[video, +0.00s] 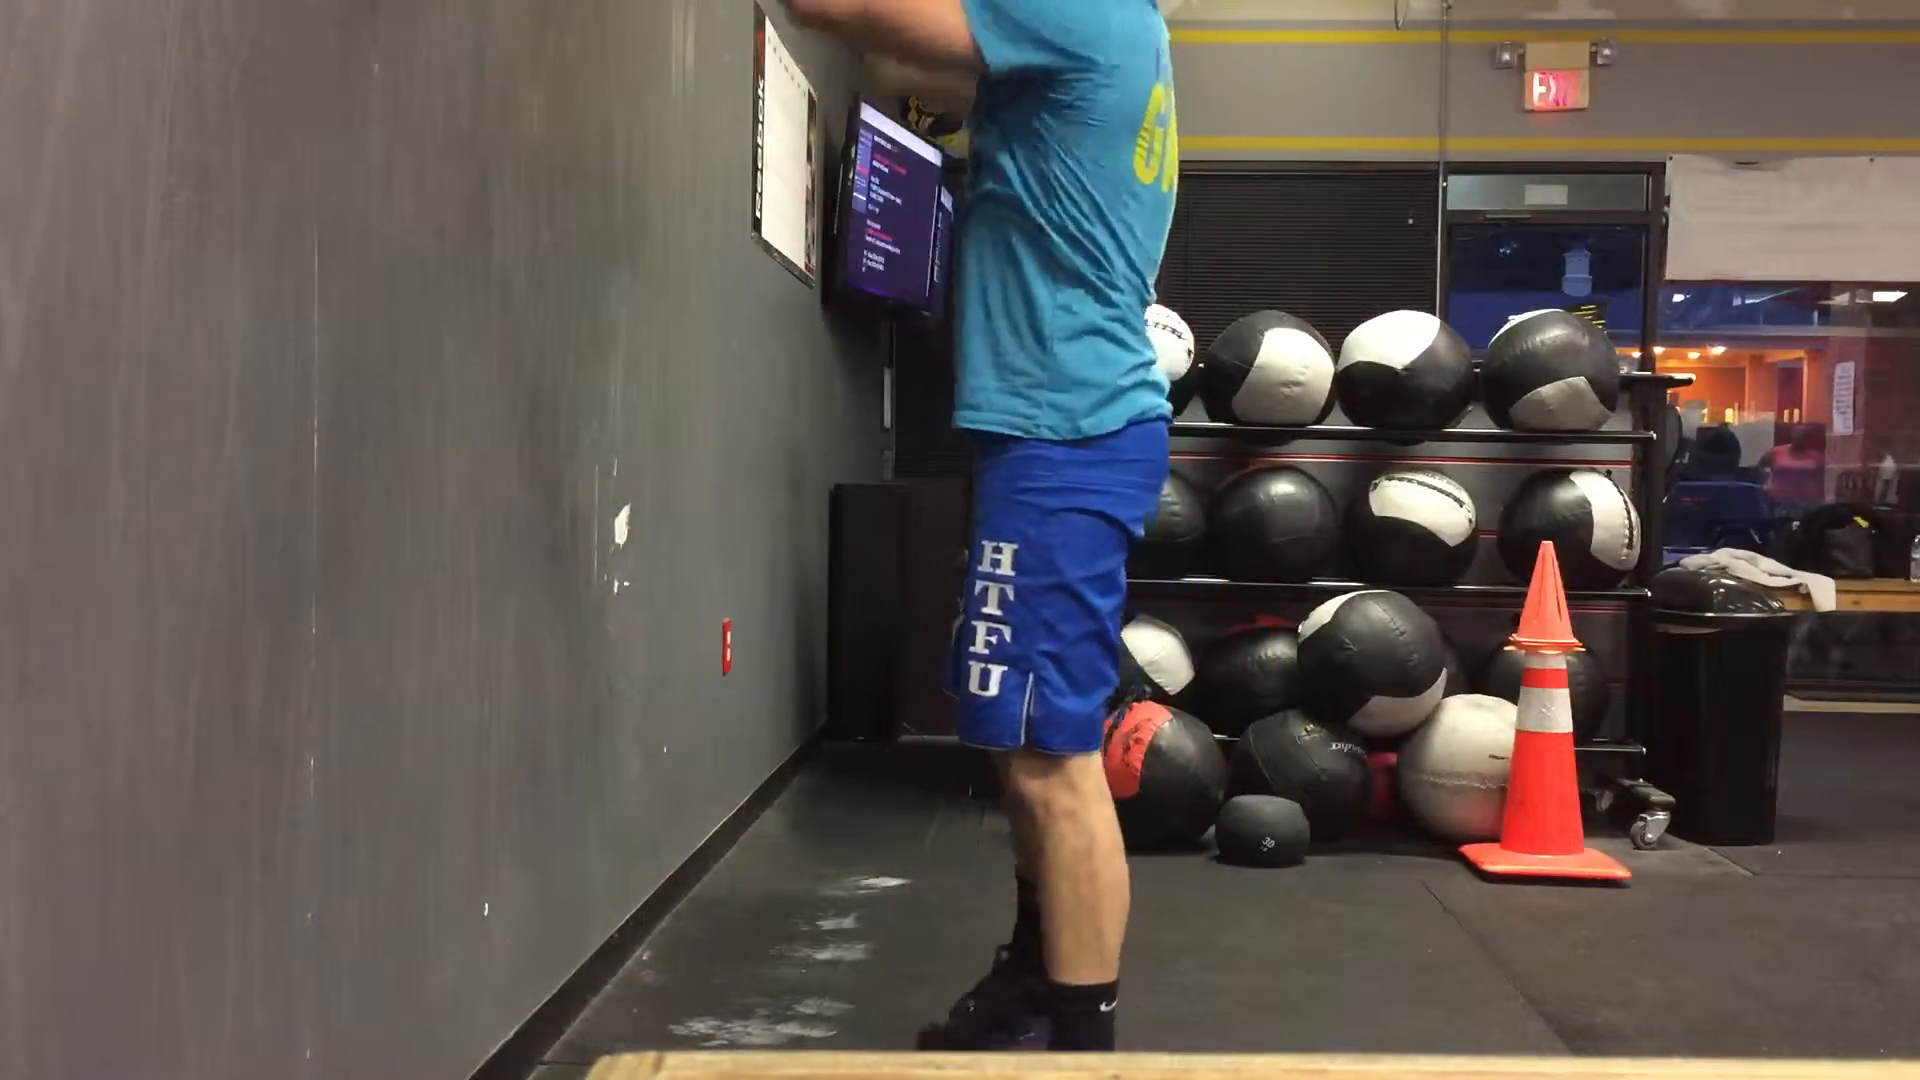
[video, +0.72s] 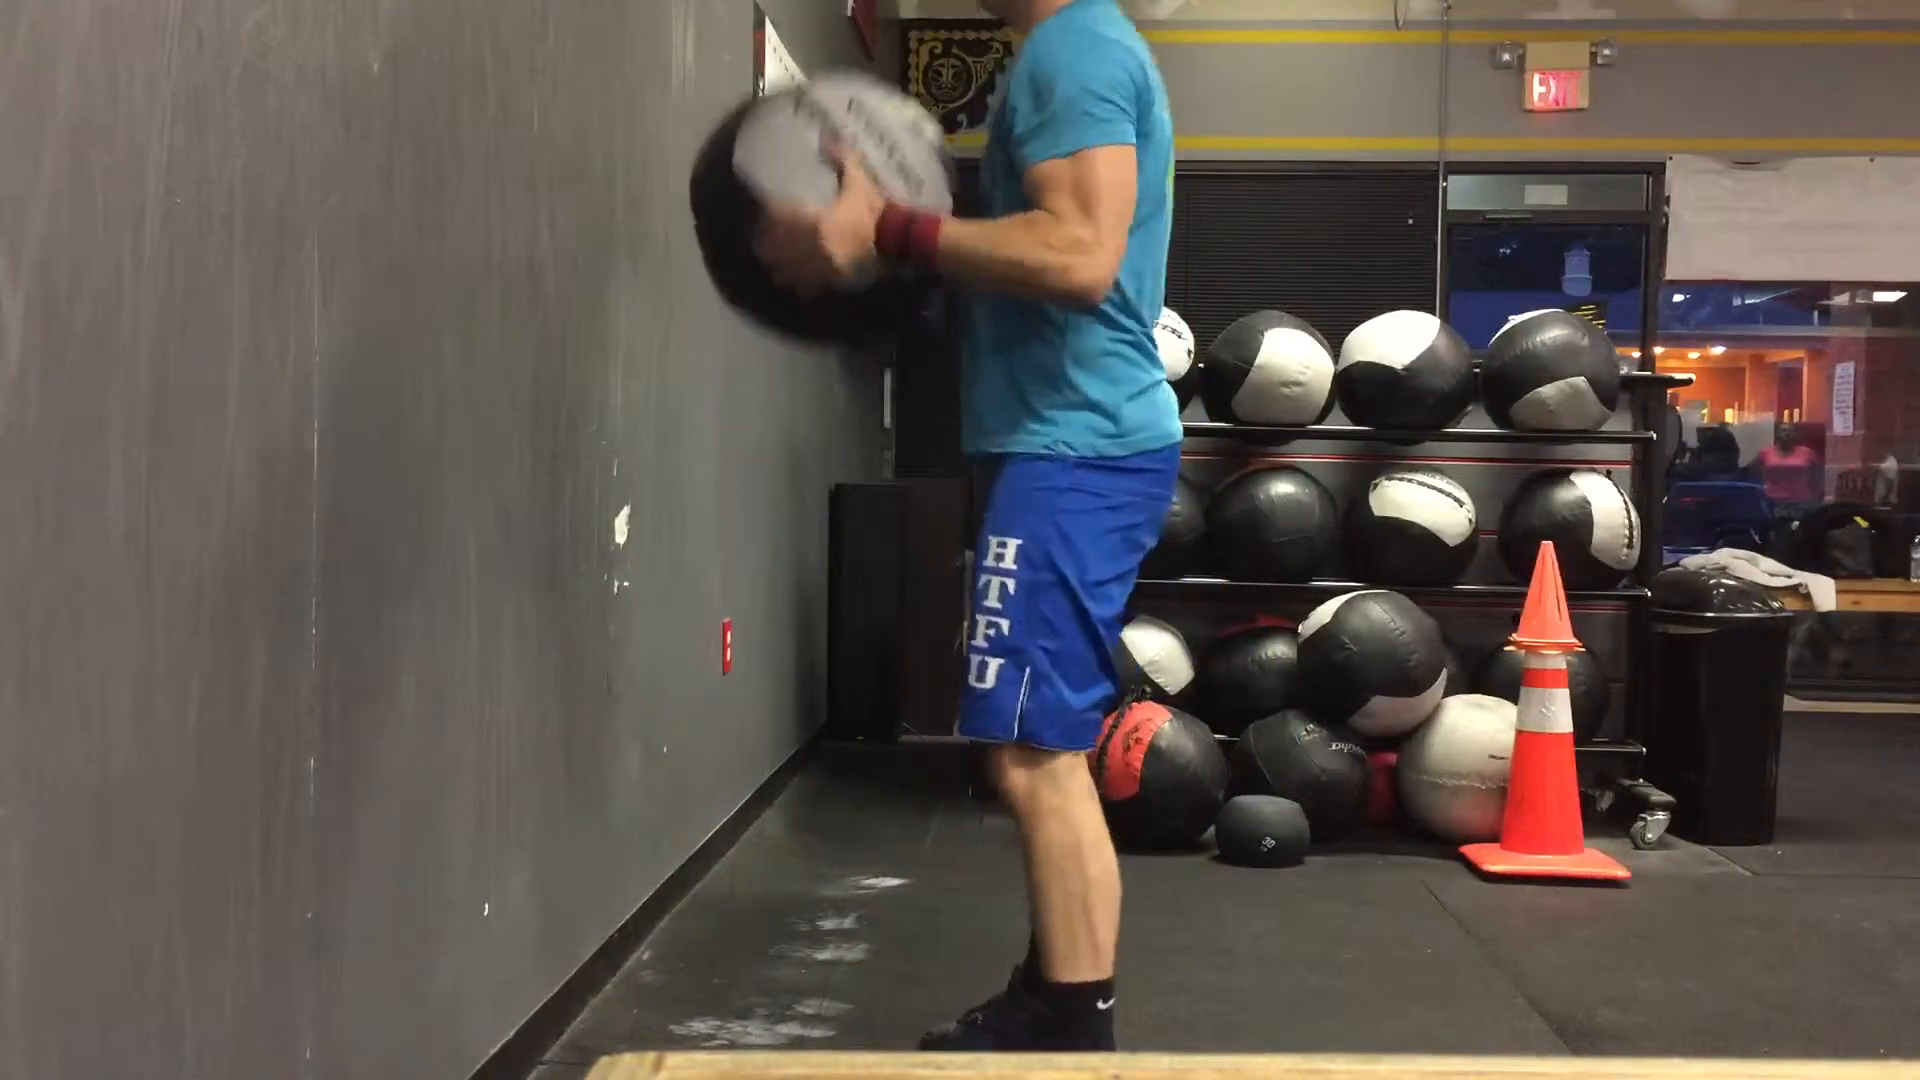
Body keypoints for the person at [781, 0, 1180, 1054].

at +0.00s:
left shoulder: (1083, 17)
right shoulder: (1104, 26)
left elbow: (863, 19)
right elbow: (918, 75)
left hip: (1069, 429)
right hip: (1053, 425)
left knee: (1053, 753)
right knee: (1028, 741)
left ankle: (1084, 1040)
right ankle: (1038, 983)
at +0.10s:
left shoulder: (1066, 49)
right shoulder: (1090, 45)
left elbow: (882, 194)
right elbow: (941, 208)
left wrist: (757, 61)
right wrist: (881, 152)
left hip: (1067, 444)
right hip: (1059, 440)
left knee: (1025, 756)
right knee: (1021, 750)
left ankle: (1071, 1025)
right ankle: (1046, 998)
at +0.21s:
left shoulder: (1042, 79)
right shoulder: (1072, 67)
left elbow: (985, 286)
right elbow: (1021, 260)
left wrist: (810, 214)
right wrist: (903, 189)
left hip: (1072, 453)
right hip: (1084, 447)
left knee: (969, 742)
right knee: (1018, 736)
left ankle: (1048, 1010)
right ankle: (1053, 994)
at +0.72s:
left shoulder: (1079, 49)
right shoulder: (1049, 57)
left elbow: (1083, 256)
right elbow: (1043, 246)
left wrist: (895, 227)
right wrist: (889, 218)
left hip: (1080, 449)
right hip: (1055, 447)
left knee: (1034, 747)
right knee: (1037, 744)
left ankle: (1075, 1020)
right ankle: (1059, 1000)